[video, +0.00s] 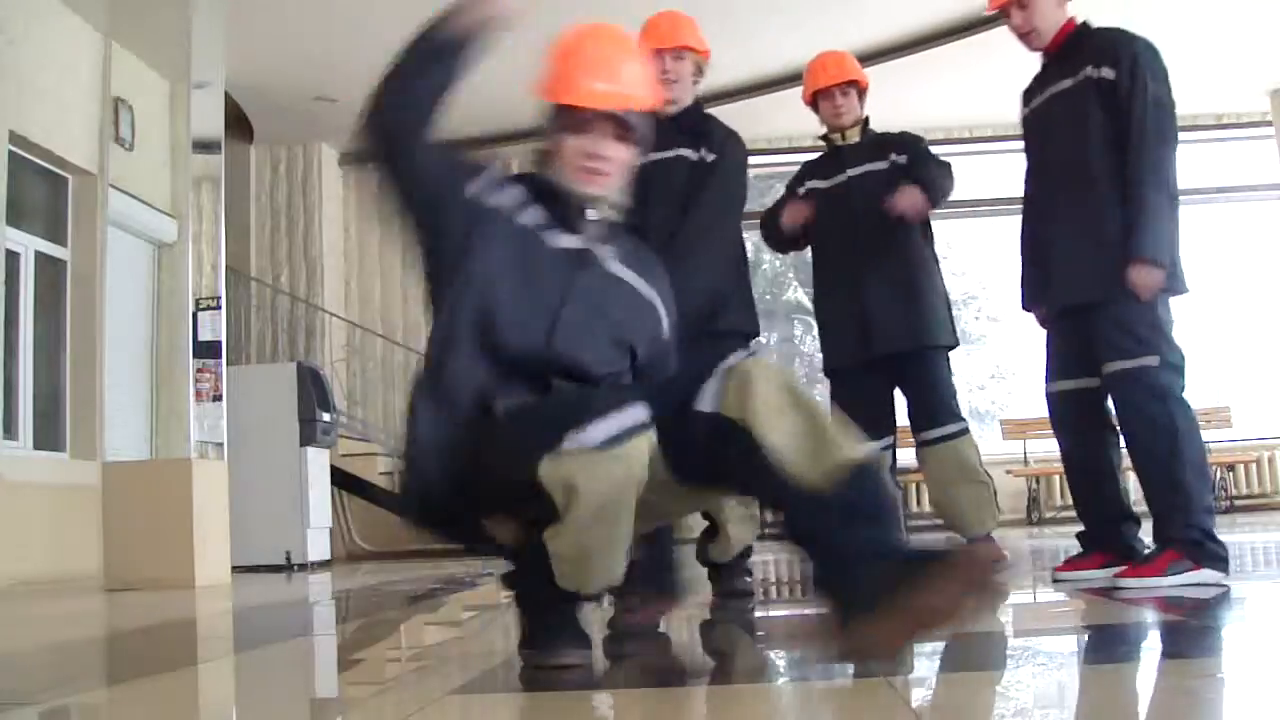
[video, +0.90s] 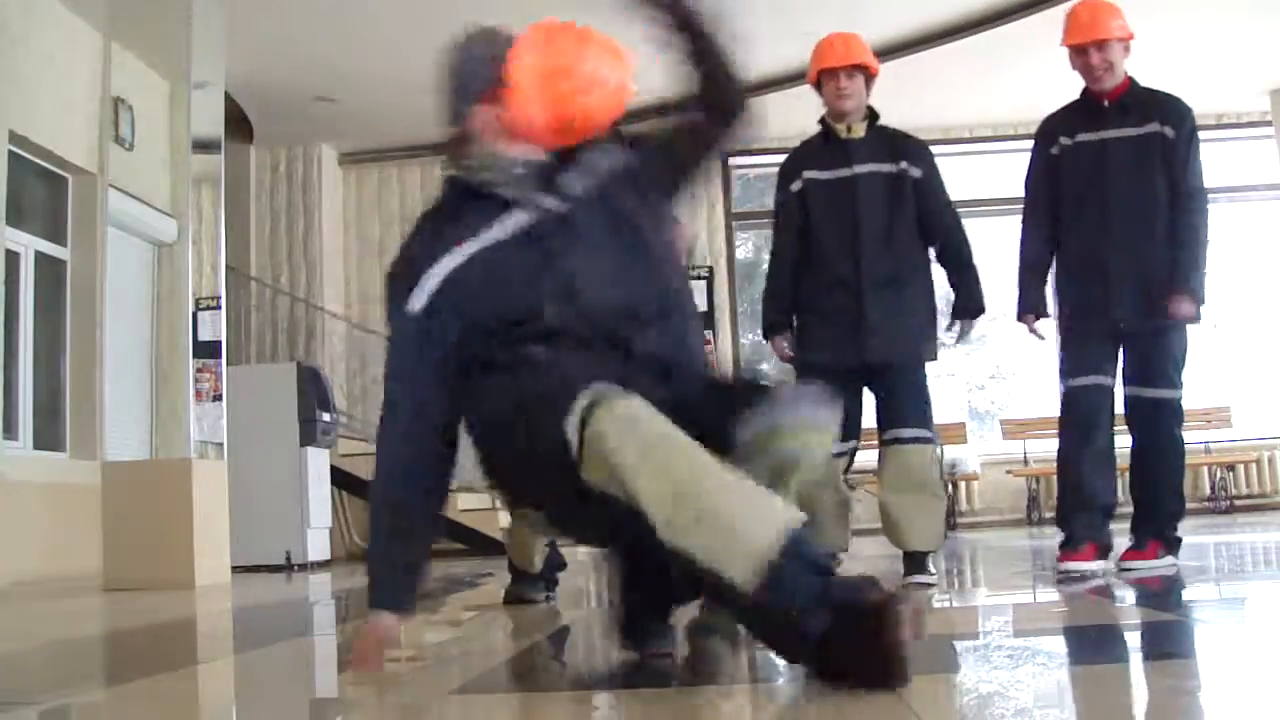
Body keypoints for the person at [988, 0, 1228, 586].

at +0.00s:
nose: (1014, 22)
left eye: (1019, 7)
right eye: (1005, 15)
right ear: (1008, 19)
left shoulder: (1123, 53)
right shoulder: (1035, 93)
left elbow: (1154, 158)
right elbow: (1039, 195)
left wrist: (1151, 253)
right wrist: (1037, 286)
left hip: (1121, 273)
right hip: (1063, 284)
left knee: (1151, 405)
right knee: (1075, 412)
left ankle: (1194, 548)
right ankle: (1111, 542)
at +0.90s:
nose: (1093, 59)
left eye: (1102, 47)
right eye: (1081, 50)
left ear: (1125, 46)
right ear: (1069, 56)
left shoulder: (1168, 115)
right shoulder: (1055, 130)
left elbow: (1191, 203)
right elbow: (1038, 217)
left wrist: (1188, 282)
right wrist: (1032, 290)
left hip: (1156, 299)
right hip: (1084, 302)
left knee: (1156, 422)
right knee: (1083, 422)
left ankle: (1156, 538)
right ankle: (1084, 538)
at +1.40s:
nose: (1114, 75)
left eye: (1123, 64)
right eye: (1104, 67)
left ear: (1148, 61)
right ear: (1097, 73)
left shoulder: (1192, 124)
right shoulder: (1092, 144)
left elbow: (1225, 205)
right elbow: (1077, 224)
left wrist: (1238, 280)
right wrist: (1075, 289)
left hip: (1175, 295)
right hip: (1114, 300)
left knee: (1164, 409)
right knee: (1125, 410)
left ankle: (1157, 539)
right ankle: (1197, 498)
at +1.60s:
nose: (1127, 93)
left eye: (1135, 81)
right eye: (1117, 85)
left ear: (1161, 77)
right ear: (1109, 89)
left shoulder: (1203, 133)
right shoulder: (1113, 160)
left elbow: (1243, 191)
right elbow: (1098, 238)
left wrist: (1200, 216)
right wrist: (1087, 305)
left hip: (1197, 301)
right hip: (1143, 306)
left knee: (1175, 411)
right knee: (1177, 416)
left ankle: (1159, 535)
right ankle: (1231, 526)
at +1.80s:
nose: (1137, 96)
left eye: (1144, 83)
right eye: (1128, 89)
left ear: (1171, 78)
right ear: (1123, 95)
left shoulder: (1216, 126)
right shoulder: (1132, 163)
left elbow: (1257, 160)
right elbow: (1119, 242)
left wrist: (1188, 124)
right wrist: (1092, 301)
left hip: (1218, 294)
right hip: (1166, 303)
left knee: (1197, 406)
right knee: (1190, 413)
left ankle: (1176, 526)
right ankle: (1233, 526)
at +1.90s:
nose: (1145, 93)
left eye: (1154, 81)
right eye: (1136, 86)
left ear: (1179, 78)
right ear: (1130, 93)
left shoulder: (1214, 130)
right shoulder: (1141, 162)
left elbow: (1263, 135)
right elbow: (1121, 232)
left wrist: (1196, 89)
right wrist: (1071, 264)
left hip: (1225, 292)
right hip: (1175, 301)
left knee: (1208, 404)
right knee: (1188, 410)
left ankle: (1217, 528)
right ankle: (1232, 527)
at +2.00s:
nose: (1148, 92)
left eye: (1156, 80)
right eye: (1141, 84)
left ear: (1181, 79)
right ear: (1136, 91)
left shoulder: (1221, 129)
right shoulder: (1148, 160)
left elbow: (1263, 116)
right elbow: (1113, 222)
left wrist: (1196, 75)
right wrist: (1068, 211)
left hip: (1228, 287)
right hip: (1180, 299)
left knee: (1220, 400)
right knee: (1190, 409)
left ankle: (1254, 524)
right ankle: (1228, 526)